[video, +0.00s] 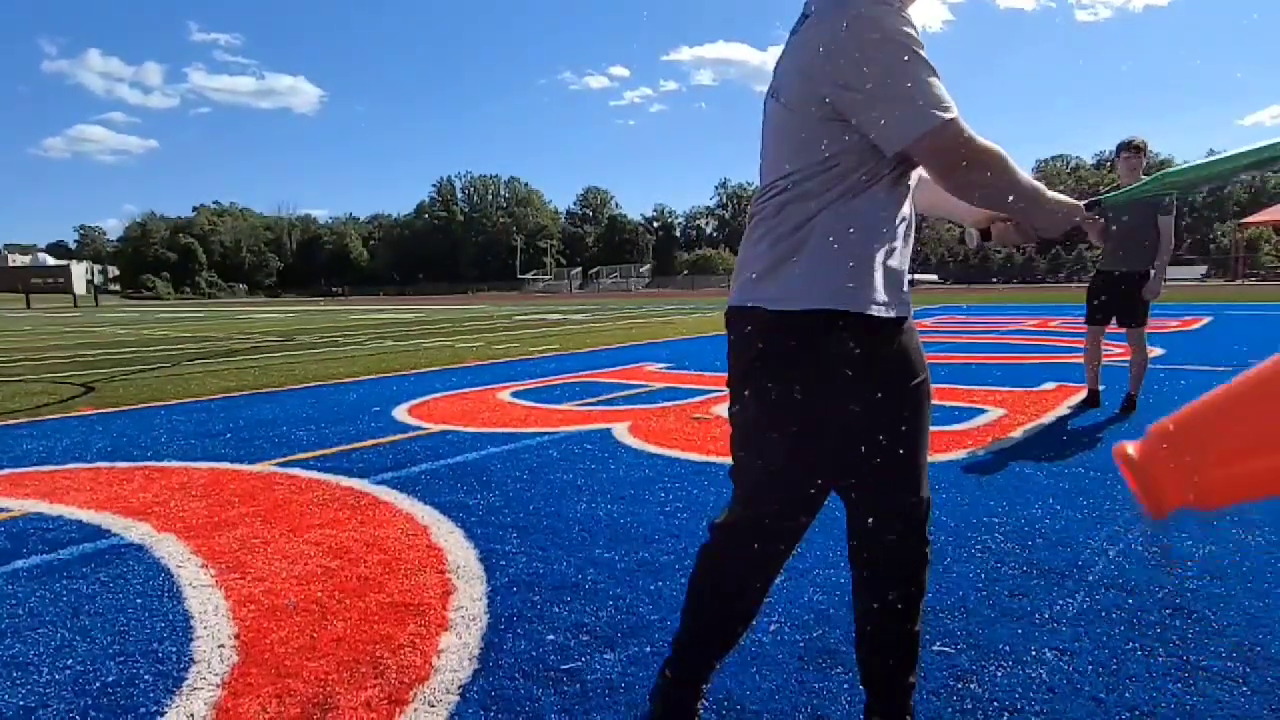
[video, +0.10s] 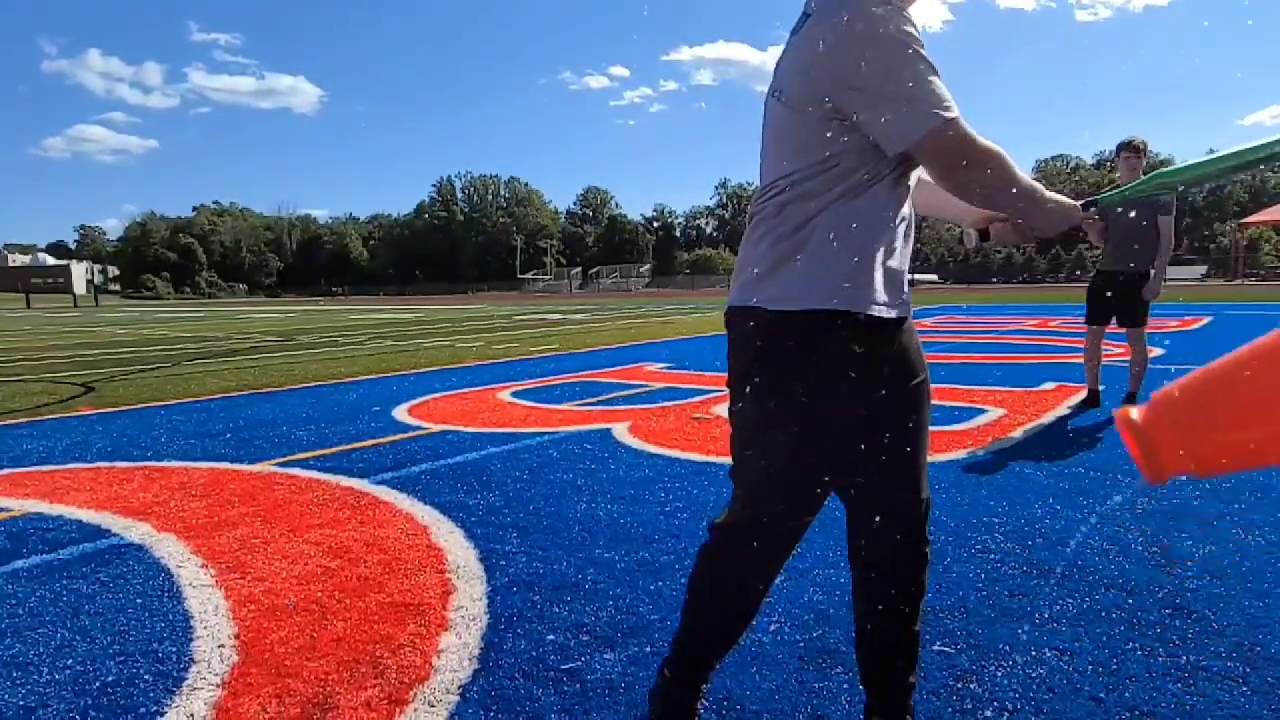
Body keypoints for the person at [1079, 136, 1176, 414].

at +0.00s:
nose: (1133, 160)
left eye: (1138, 156)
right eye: (1127, 156)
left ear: (1144, 161)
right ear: (1117, 161)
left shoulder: (1158, 196)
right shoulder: (1109, 197)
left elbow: (1167, 240)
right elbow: (1100, 241)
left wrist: (1157, 276)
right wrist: (1092, 228)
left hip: (1137, 275)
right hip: (1105, 274)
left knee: (1136, 340)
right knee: (1093, 335)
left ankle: (1132, 396)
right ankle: (1092, 391)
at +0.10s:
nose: (1132, 161)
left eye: (1137, 156)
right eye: (1127, 156)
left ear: (1144, 161)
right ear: (1118, 161)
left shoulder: (1159, 195)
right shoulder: (1109, 196)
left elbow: (1167, 239)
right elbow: (1099, 239)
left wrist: (1157, 276)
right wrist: (1091, 227)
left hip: (1138, 275)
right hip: (1106, 273)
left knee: (1136, 339)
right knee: (1093, 335)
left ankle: (1132, 395)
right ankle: (1092, 392)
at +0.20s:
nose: (1131, 161)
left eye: (1136, 157)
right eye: (1126, 157)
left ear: (1144, 161)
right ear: (1117, 161)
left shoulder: (1159, 194)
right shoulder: (1109, 195)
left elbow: (1167, 239)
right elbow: (1099, 240)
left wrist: (1157, 277)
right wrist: (1091, 227)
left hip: (1138, 273)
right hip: (1107, 272)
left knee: (1136, 337)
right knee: (1093, 333)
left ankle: (1136, 393)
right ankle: (1092, 391)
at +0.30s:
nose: (1132, 162)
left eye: (1137, 157)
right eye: (1127, 157)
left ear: (1144, 161)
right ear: (1117, 161)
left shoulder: (1158, 194)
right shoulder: (1109, 195)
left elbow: (1166, 238)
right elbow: (1098, 241)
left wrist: (1157, 277)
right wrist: (1091, 227)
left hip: (1138, 274)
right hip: (1106, 272)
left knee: (1135, 338)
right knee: (1093, 335)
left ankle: (1133, 391)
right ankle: (1092, 391)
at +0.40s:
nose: (1130, 160)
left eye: (1136, 156)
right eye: (1125, 156)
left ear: (1144, 161)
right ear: (1117, 162)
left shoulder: (1159, 192)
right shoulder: (1110, 194)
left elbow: (1167, 241)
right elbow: (1099, 238)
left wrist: (1157, 278)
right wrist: (1090, 225)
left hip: (1137, 274)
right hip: (1106, 271)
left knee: (1136, 340)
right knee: (1093, 335)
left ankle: (1131, 396)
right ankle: (1092, 393)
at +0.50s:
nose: (1131, 160)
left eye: (1136, 156)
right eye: (1126, 156)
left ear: (1144, 159)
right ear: (1117, 160)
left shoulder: (1159, 190)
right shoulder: (1108, 192)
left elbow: (1166, 236)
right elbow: (1099, 239)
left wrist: (1163, 272)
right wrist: (1090, 227)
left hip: (1137, 272)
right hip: (1106, 271)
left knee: (1136, 338)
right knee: (1093, 332)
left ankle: (1131, 395)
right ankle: (1093, 390)